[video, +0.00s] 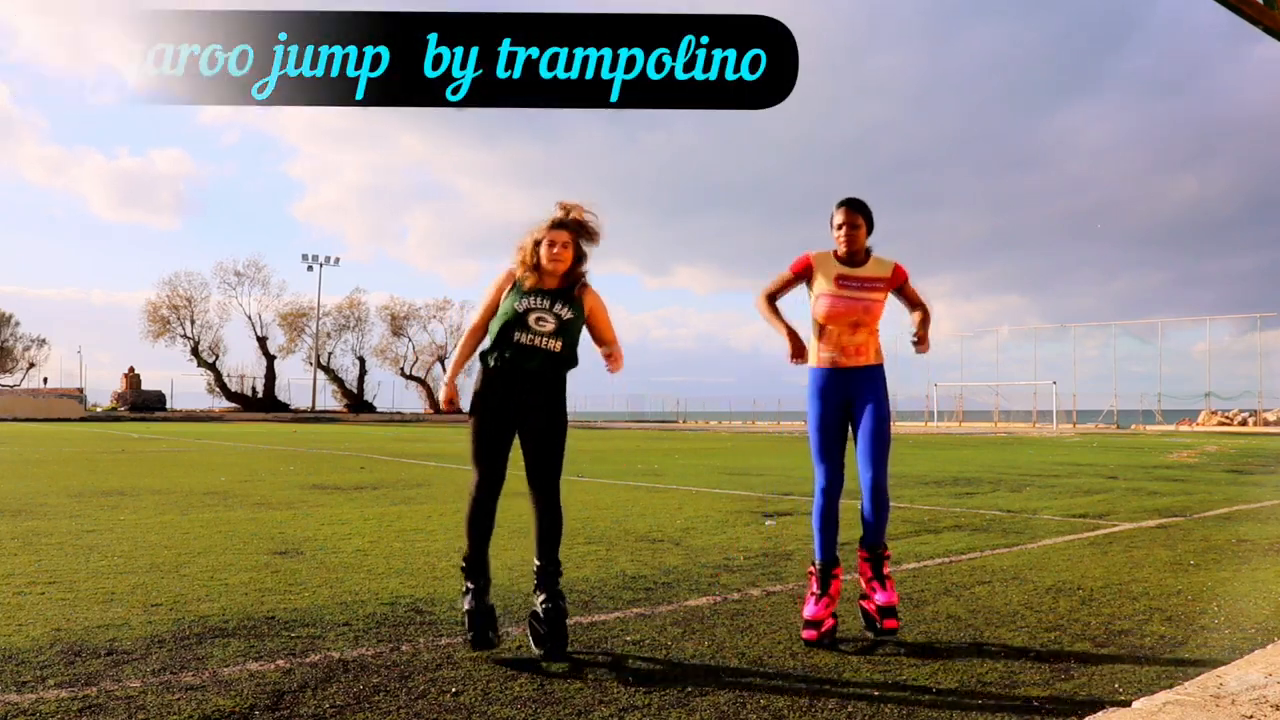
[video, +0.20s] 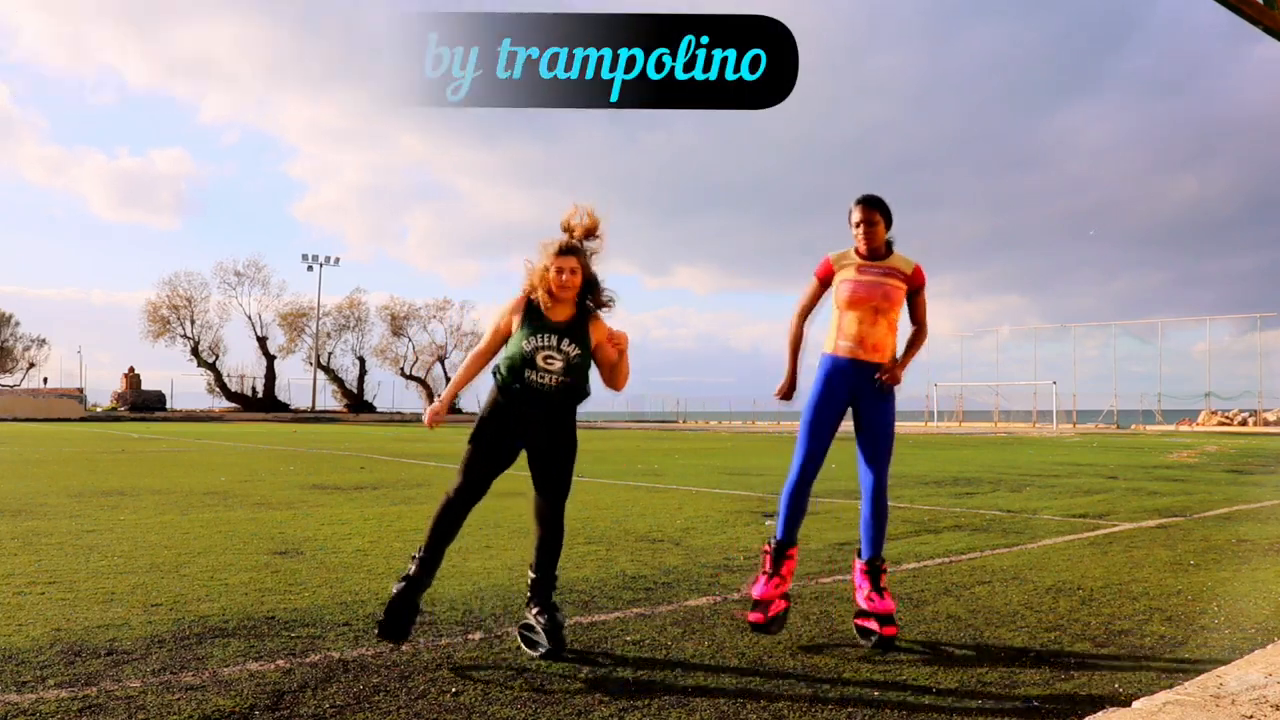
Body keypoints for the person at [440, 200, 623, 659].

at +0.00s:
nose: (555, 250)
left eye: (565, 246)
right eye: (549, 242)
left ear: (576, 254)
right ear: (537, 245)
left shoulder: (584, 297)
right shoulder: (511, 281)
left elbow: (609, 342)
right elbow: (477, 330)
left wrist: (612, 356)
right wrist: (451, 378)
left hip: (545, 402)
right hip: (495, 397)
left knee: (546, 493)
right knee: (487, 485)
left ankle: (548, 592)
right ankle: (475, 587)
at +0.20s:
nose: (562, 279)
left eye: (571, 272)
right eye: (556, 270)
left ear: (584, 279)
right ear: (544, 273)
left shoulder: (592, 325)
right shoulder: (522, 308)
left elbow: (616, 383)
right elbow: (483, 353)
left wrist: (621, 355)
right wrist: (446, 398)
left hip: (556, 425)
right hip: (505, 414)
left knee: (551, 514)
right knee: (464, 493)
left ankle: (540, 608)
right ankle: (413, 586)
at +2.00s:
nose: (504, 258)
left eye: (515, 254)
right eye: (503, 251)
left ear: (537, 261)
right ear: (500, 253)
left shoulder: (559, 301)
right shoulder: (487, 288)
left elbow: (590, 355)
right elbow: (454, 339)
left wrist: (579, 326)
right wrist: (428, 386)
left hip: (528, 404)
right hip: (478, 396)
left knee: (527, 502)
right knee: (441, 487)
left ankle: (523, 597)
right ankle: (399, 579)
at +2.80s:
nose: (519, 253)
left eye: (528, 246)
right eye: (512, 245)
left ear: (543, 250)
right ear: (503, 249)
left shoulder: (560, 288)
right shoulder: (487, 280)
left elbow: (578, 345)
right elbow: (448, 326)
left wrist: (589, 397)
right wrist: (488, 318)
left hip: (544, 401)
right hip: (492, 399)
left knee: (552, 494)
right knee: (483, 492)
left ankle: (556, 588)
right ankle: (477, 587)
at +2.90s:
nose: (510, 254)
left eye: (518, 248)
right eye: (503, 247)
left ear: (533, 253)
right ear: (492, 252)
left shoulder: (549, 291)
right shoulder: (473, 285)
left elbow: (571, 343)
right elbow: (434, 331)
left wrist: (591, 395)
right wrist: (470, 311)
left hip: (540, 401)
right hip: (490, 403)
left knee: (561, 493)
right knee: (491, 497)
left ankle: (579, 588)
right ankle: (492, 598)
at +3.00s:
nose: (498, 275)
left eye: (506, 268)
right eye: (491, 268)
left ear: (517, 274)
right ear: (477, 272)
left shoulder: (533, 315)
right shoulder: (457, 315)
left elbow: (563, 366)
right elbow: (427, 372)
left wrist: (591, 411)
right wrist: (449, 339)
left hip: (534, 419)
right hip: (483, 426)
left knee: (582, 499)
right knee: (491, 518)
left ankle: (620, 578)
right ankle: (496, 611)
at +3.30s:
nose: (489, 256)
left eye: (496, 249)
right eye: (481, 249)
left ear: (504, 253)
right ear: (463, 252)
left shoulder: (521, 287)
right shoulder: (444, 295)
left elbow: (551, 329)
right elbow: (421, 353)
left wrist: (579, 365)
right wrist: (437, 327)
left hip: (529, 391)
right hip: (479, 402)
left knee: (578, 467)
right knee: (489, 498)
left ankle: (623, 548)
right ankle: (492, 592)